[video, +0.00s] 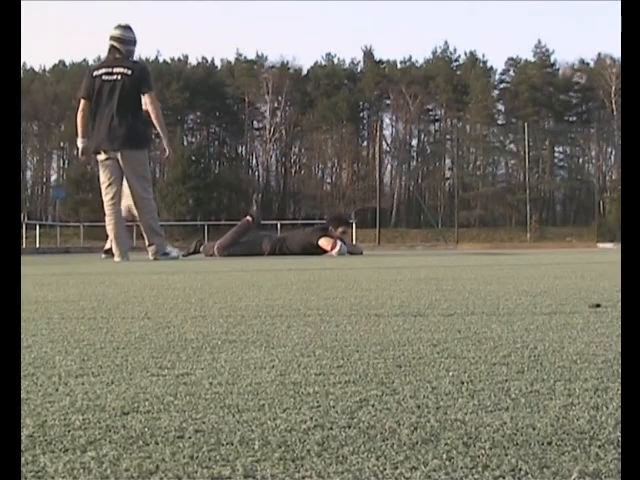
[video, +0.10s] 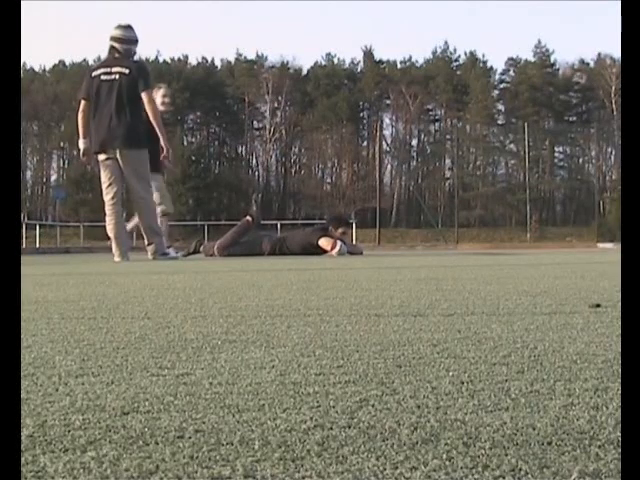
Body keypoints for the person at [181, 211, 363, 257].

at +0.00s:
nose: (344, 237)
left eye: (345, 234)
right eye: (343, 234)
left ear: (338, 230)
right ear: (334, 230)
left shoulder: (331, 235)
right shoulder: (320, 234)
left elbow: (357, 250)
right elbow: (334, 248)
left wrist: (344, 248)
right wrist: (346, 247)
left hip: (272, 243)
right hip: (267, 245)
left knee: (227, 249)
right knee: (219, 250)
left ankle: (203, 247)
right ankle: (246, 221)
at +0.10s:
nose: (346, 236)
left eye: (346, 232)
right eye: (344, 232)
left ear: (336, 229)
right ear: (335, 230)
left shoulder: (328, 235)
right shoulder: (319, 236)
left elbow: (356, 249)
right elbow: (336, 248)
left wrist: (344, 247)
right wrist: (344, 247)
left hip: (270, 244)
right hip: (266, 246)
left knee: (229, 248)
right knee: (220, 251)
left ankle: (203, 246)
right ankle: (247, 223)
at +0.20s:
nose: (345, 236)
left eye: (345, 232)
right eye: (343, 232)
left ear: (338, 230)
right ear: (334, 230)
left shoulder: (329, 236)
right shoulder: (319, 236)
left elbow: (357, 249)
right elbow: (332, 246)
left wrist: (344, 247)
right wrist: (340, 247)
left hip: (271, 244)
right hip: (267, 245)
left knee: (229, 248)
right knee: (220, 250)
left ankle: (203, 247)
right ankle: (248, 221)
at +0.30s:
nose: (340, 237)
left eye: (343, 234)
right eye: (339, 233)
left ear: (342, 232)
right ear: (331, 228)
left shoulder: (330, 235)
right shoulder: (319, 234)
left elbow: (358, 250)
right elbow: (333, 248)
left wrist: (344, 247)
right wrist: (344, 248)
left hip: (272, 244)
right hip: (267, 244)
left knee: (223, 249)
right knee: (219, 250)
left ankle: (203, 247)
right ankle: (247, 221)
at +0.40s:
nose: (339, 235)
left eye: (342, 232)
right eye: (337, 231)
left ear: (343, 232)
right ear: (329, 227)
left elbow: (358, 250)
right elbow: (334, 247)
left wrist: (343, 247)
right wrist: (342, 248)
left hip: (270, 241)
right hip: (266, 244)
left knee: (226, 247)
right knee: (220, 250)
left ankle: (197, 247)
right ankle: (247, 221)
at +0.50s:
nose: (336, 234)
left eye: (340, 231)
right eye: (335, 229)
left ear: (341, 231)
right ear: (327, 225)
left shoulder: (330, 237)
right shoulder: (318, 235)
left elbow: (358, 250)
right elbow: (334, 247)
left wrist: (342, 247)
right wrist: (344, 248)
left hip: (271, 242)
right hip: (266, 245)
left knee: (227, 247)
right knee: (220, 250)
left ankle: (205, 248)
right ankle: (246, 222)